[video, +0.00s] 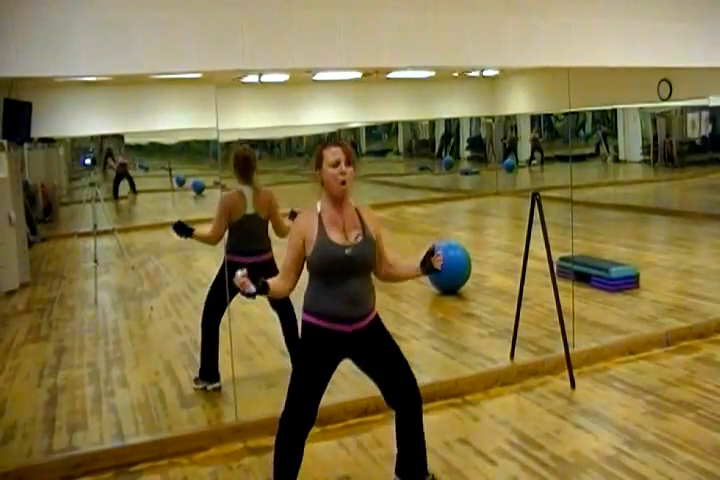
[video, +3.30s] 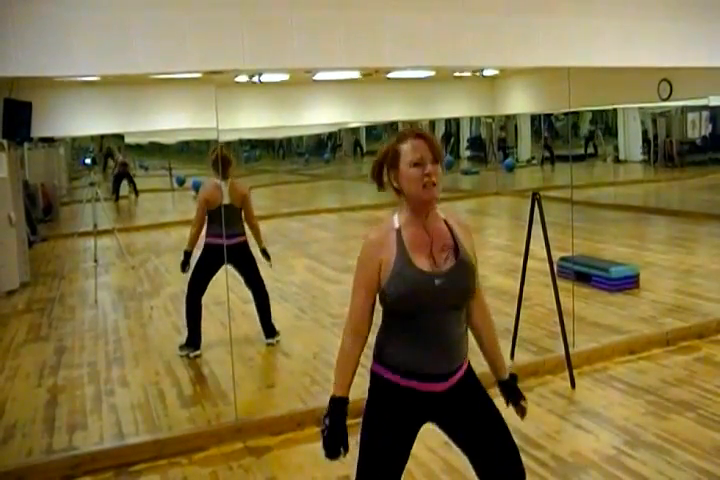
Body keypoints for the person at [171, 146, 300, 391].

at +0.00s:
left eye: (234, 165)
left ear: (234, 169)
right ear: (255, 168)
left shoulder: (229, 199)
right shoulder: (267, 196)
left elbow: (214, 237)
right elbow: (282, 231)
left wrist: (190, 232)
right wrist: (292, 219)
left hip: (233, 270)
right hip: (265, 268)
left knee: (210, 317)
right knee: (286, 312)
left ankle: (209, 376)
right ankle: (300, 367)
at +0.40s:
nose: (234, 183)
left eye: (232, 179)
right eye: (244, 178)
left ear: (230, 182)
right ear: (250, 181)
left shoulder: (225, 208)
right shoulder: (261, 203)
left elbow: (210, 245)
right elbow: (280, 232)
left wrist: (197, 270)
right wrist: (292, 254)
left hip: (237, 274)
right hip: (267, 271)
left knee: (210, 317)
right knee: (287, 312)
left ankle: (210, 375)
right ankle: (300, 361)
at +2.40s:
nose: (226, 178)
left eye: (221, 175)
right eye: (231, 174)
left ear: (216, 177)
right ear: (235, 176)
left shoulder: (212, 200)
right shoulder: (245, 198)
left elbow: (199, 235)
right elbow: (260, 229)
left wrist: (186, 265)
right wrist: (275, 255)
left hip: (221, 262)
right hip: (248, 261)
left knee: (195, 300)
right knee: (268, 294)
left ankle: (194, 353)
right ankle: (278, 341)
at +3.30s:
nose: (218, 169)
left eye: (214, 166)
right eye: (226, 165)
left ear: (212, 167)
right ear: (231, 166)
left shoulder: (207, 191)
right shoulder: (241, 190)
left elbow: (198, 225)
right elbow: (252, 222)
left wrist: (187, 253)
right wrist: (262, 246)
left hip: (213, 251)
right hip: (239, 250)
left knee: (194, 293)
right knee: (258, 288)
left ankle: (193, 343)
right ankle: (270, 332)